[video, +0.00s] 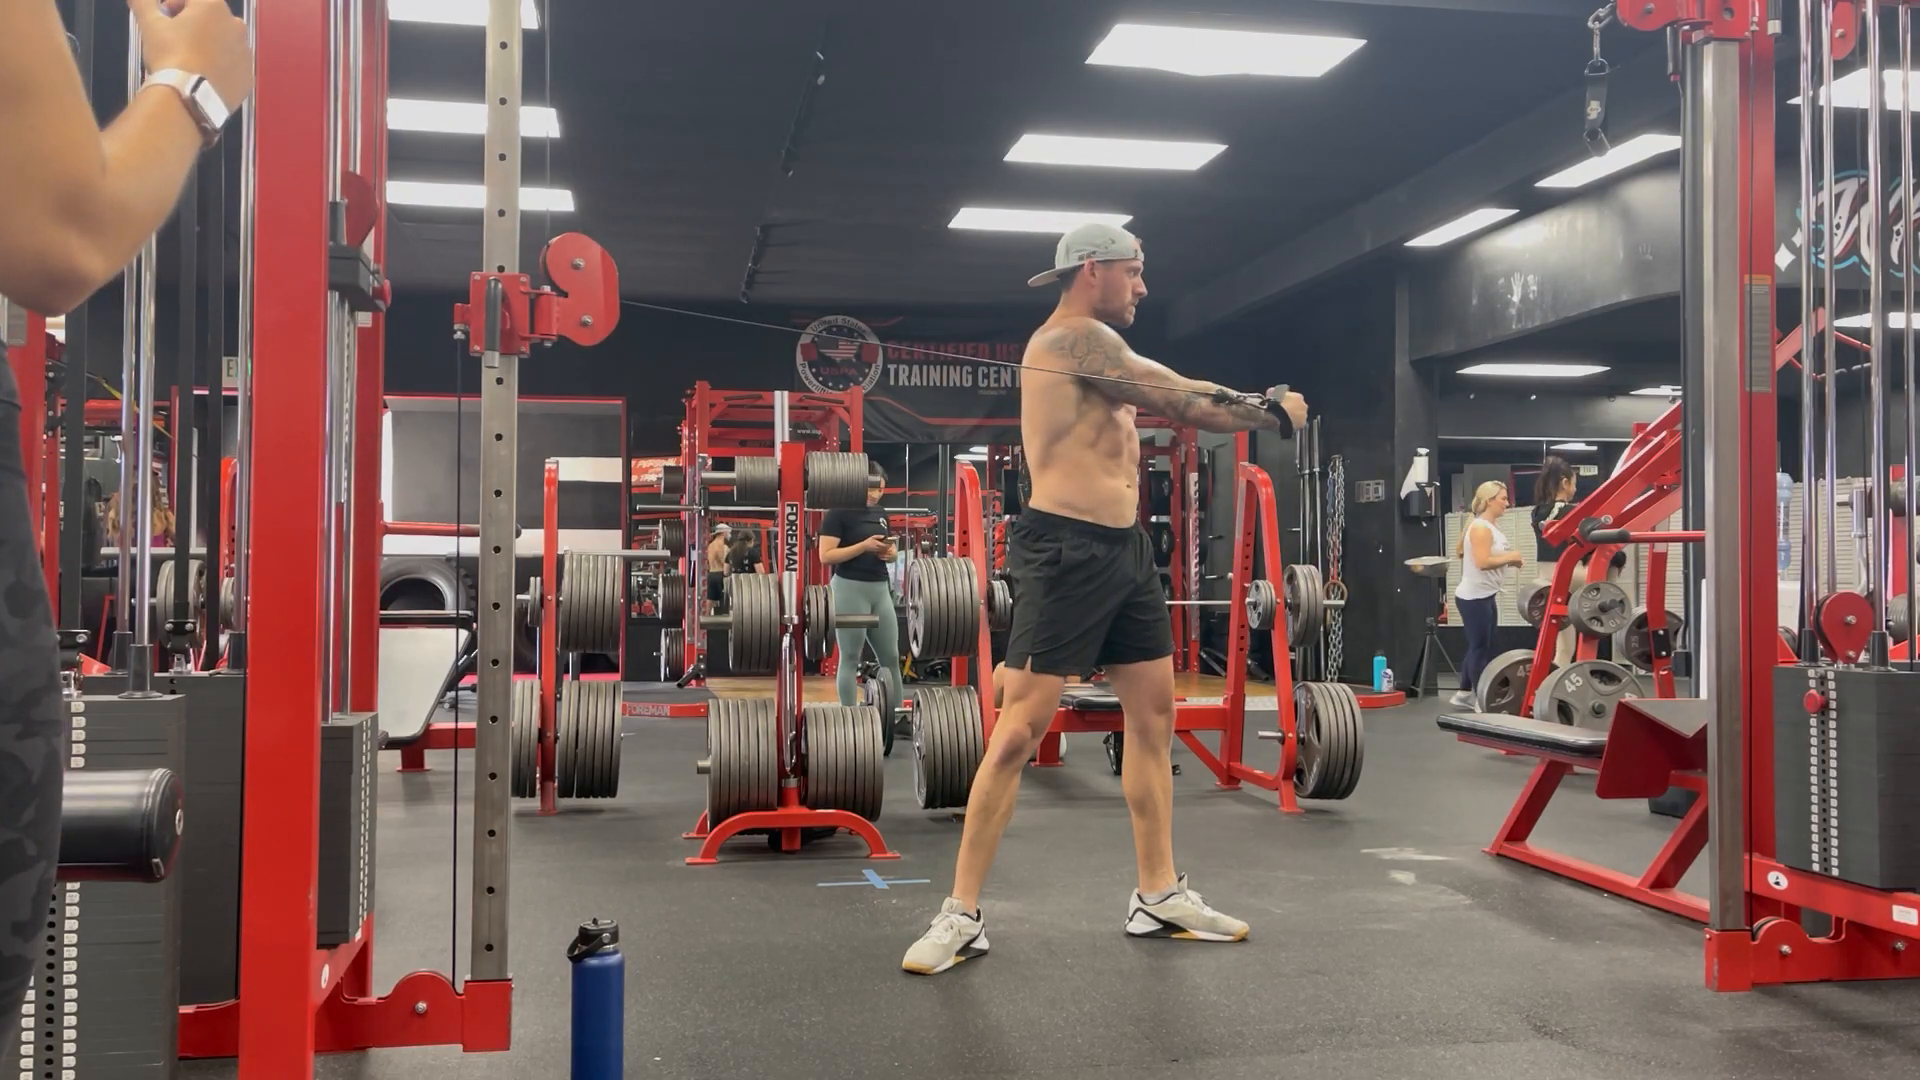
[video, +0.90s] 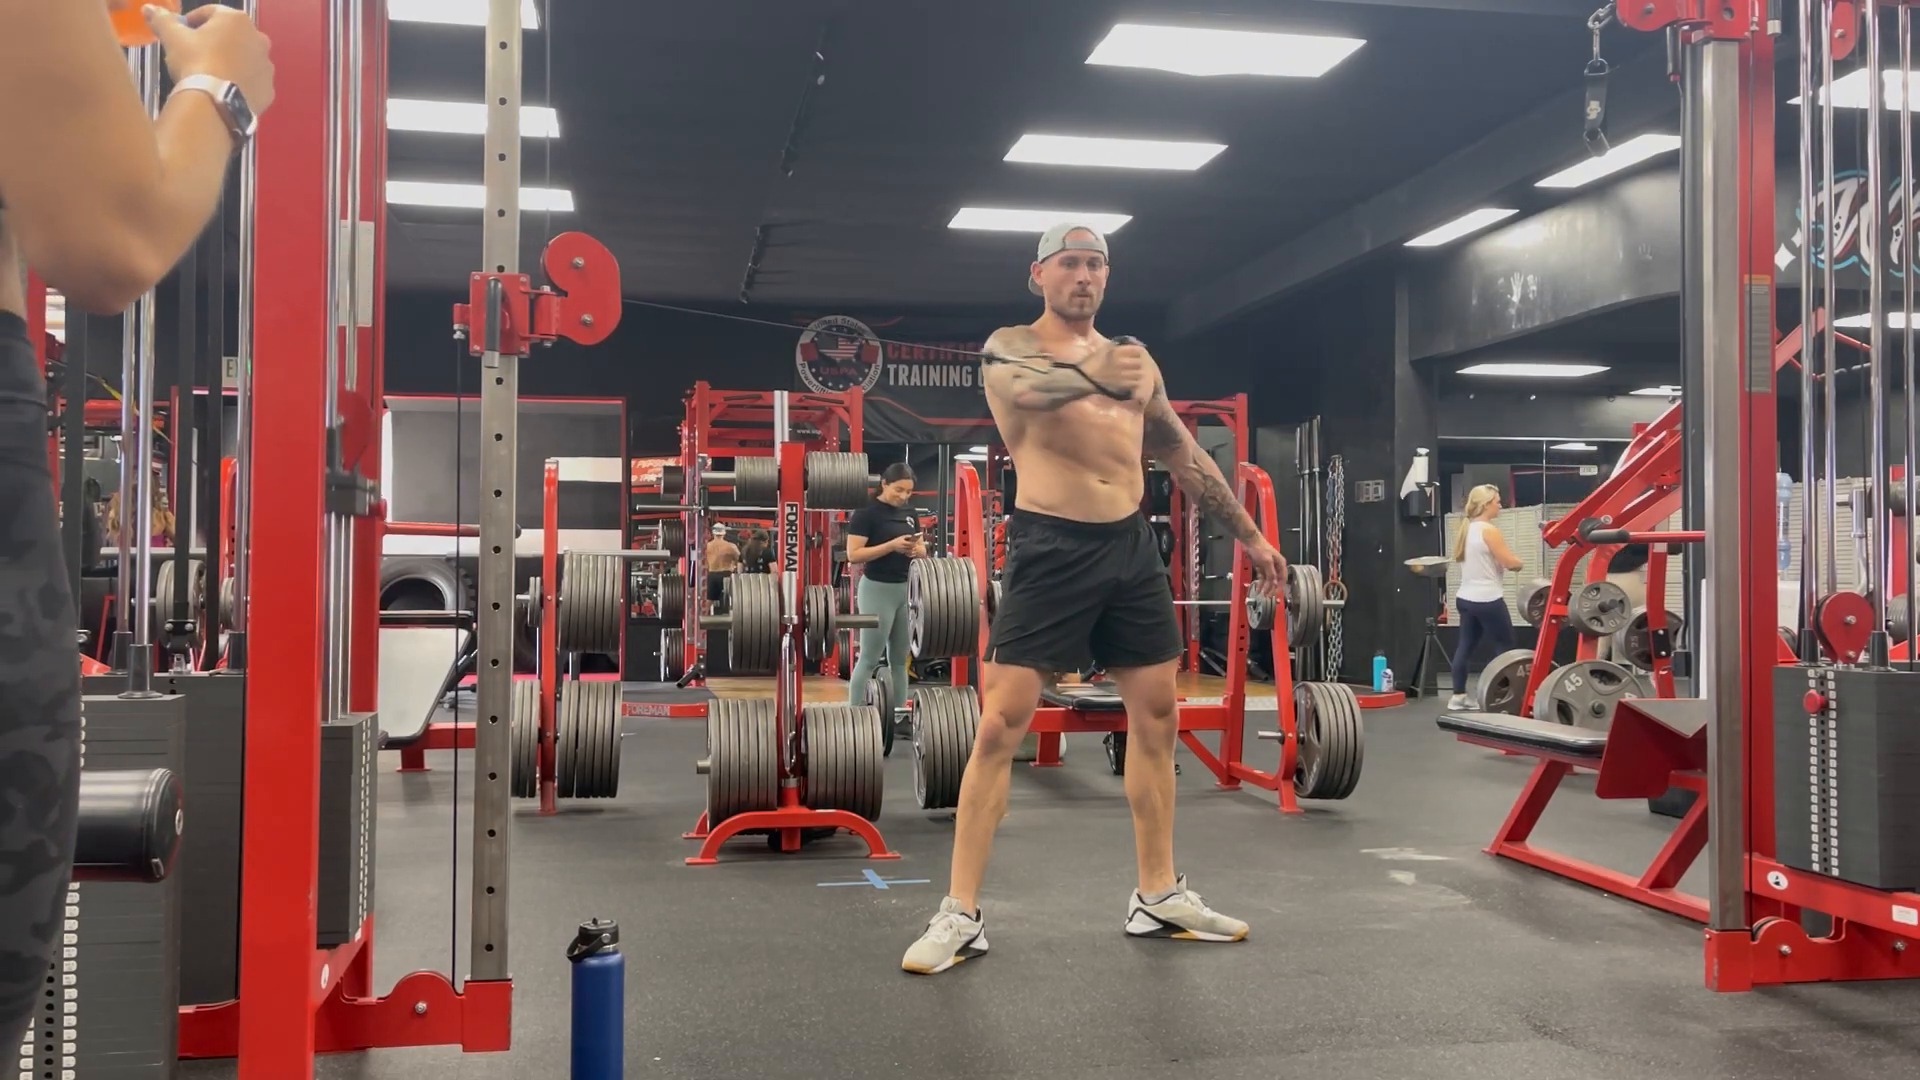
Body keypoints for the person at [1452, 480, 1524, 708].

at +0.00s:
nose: (1507, 503)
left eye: (1506, 499)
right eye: (1503, 498)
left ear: (1490, 502)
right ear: (1489, 500)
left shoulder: (1488, 526)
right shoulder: (1479, 527)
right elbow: (1482, 561)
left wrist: (1506, 560)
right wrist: (1510, 558)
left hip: (1483, 596)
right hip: (1474, 597)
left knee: (1480, 645)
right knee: (1480, 647)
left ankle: (1464, 691)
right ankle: (1481, 696)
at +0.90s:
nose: (1499, 506)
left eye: (1499, 502)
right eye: (1497, 502)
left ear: (1477, 505)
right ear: (1486, 505)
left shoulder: (1467, 528)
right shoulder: (1489, 531)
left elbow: (1470, 559)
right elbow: (1510, 562)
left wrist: (1501, 563)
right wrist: (1518, 564)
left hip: (1466, 598)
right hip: (1488, 601)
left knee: (1464, 648)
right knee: (1506, 647)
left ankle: (1458, 695)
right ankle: (1508, 696)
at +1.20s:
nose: (1516, 503)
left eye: (1515, 499)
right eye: (1513, 499)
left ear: (1492, 503)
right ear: (1505, 503)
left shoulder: (1482, 530)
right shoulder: (1509, 530)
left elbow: (1497, 560)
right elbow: (1538, 560)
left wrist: (1527, 561)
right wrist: (1541, 565)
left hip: (1484, 600)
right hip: (1505, 601)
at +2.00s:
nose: (1535, 506)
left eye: (1534, 502)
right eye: (1533, 503)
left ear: (1512, 507)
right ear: (1526, 506)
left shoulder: (1504, 531)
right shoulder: (1533, 530)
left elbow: (1500, 561)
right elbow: (1553, 553)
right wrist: (1560, 554)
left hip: (1509, 595)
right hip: (1533, 595)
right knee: (1529, 640)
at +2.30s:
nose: (1552, 508)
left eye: (1551, 504)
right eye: (1551, 504)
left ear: (1528, 507)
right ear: (1546, 507)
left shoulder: (1520, 532)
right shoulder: (1551, 530)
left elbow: (1519, 561)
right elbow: (1568, 556)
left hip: (1522, 594)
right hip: (1546, 595)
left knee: (1531, 638)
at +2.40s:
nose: (1559, 512)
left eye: (1558, 508)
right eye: (1558, 508)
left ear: (1536, 511)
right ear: (1554, 511)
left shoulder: (1530, 535)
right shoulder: (1554, 535)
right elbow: (1577, 562)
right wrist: (1594, 569)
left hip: (1531, 595)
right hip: (1551, 596)